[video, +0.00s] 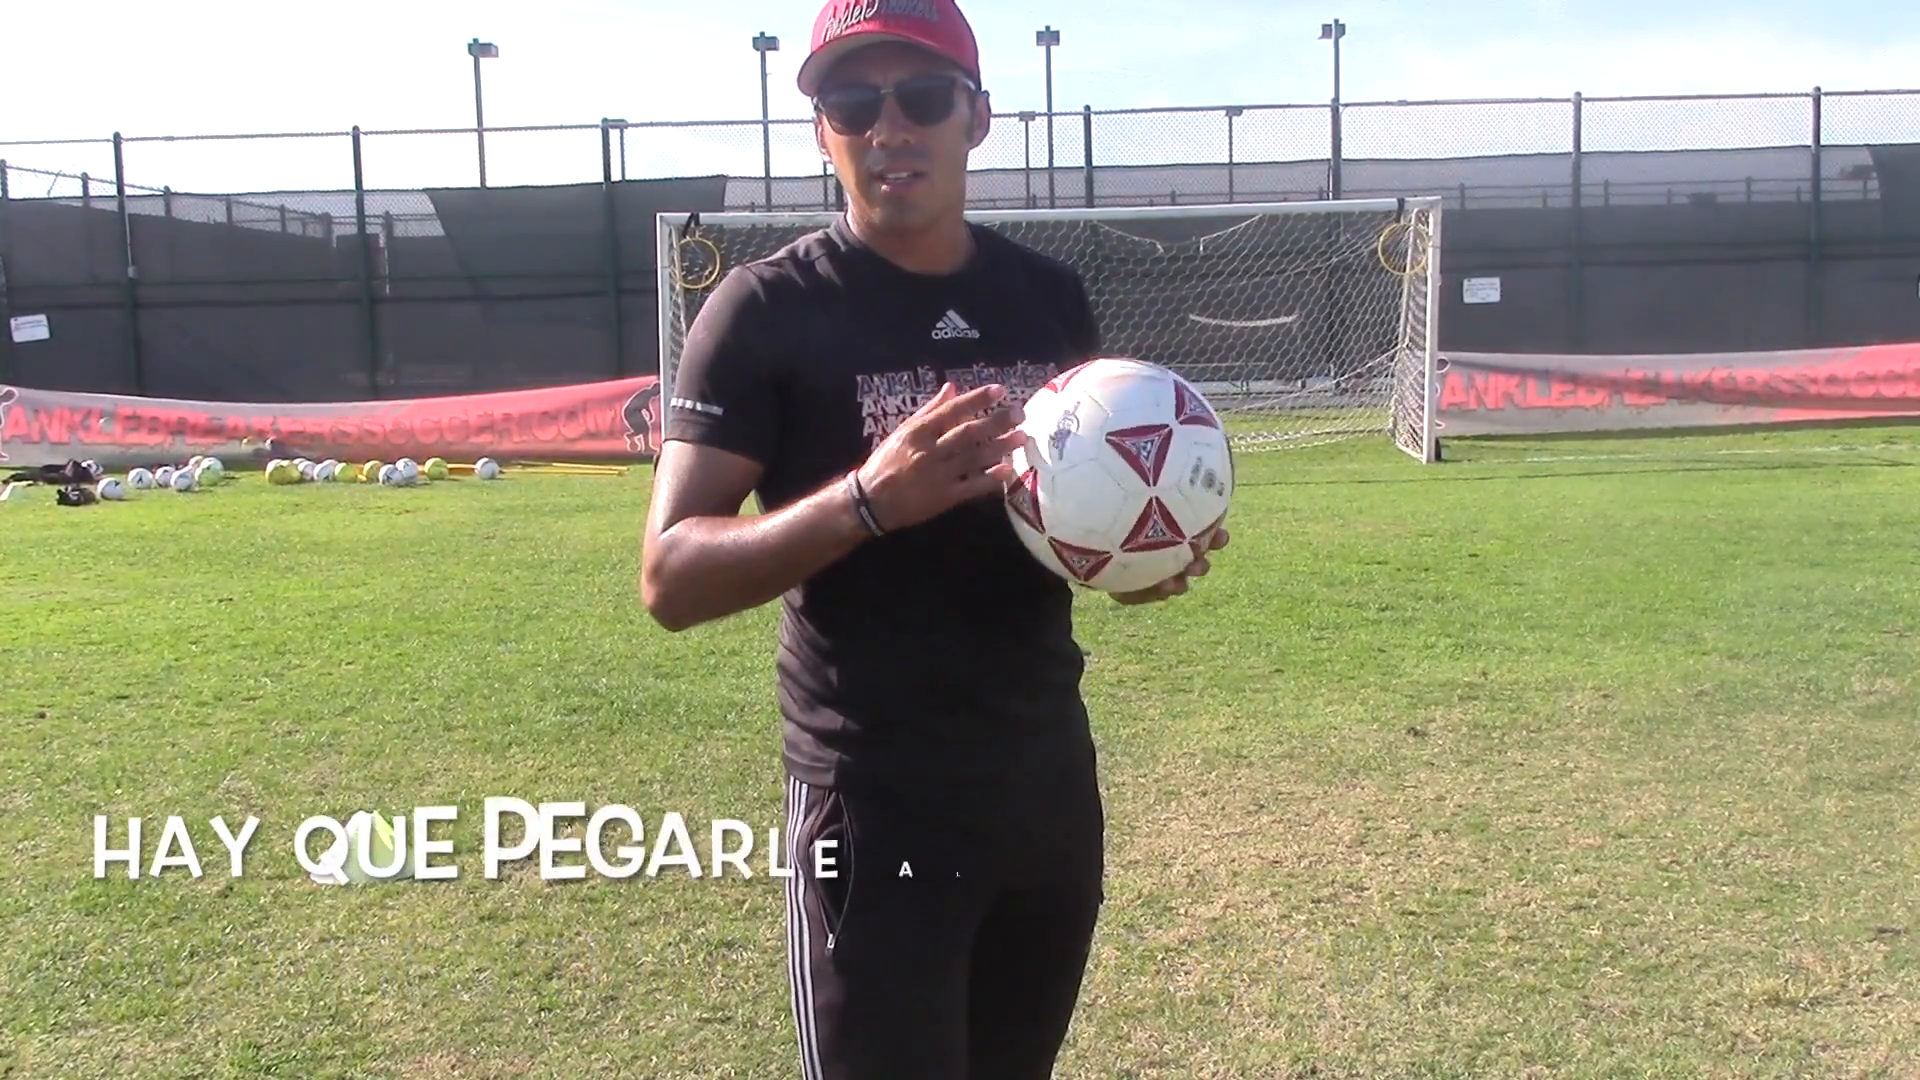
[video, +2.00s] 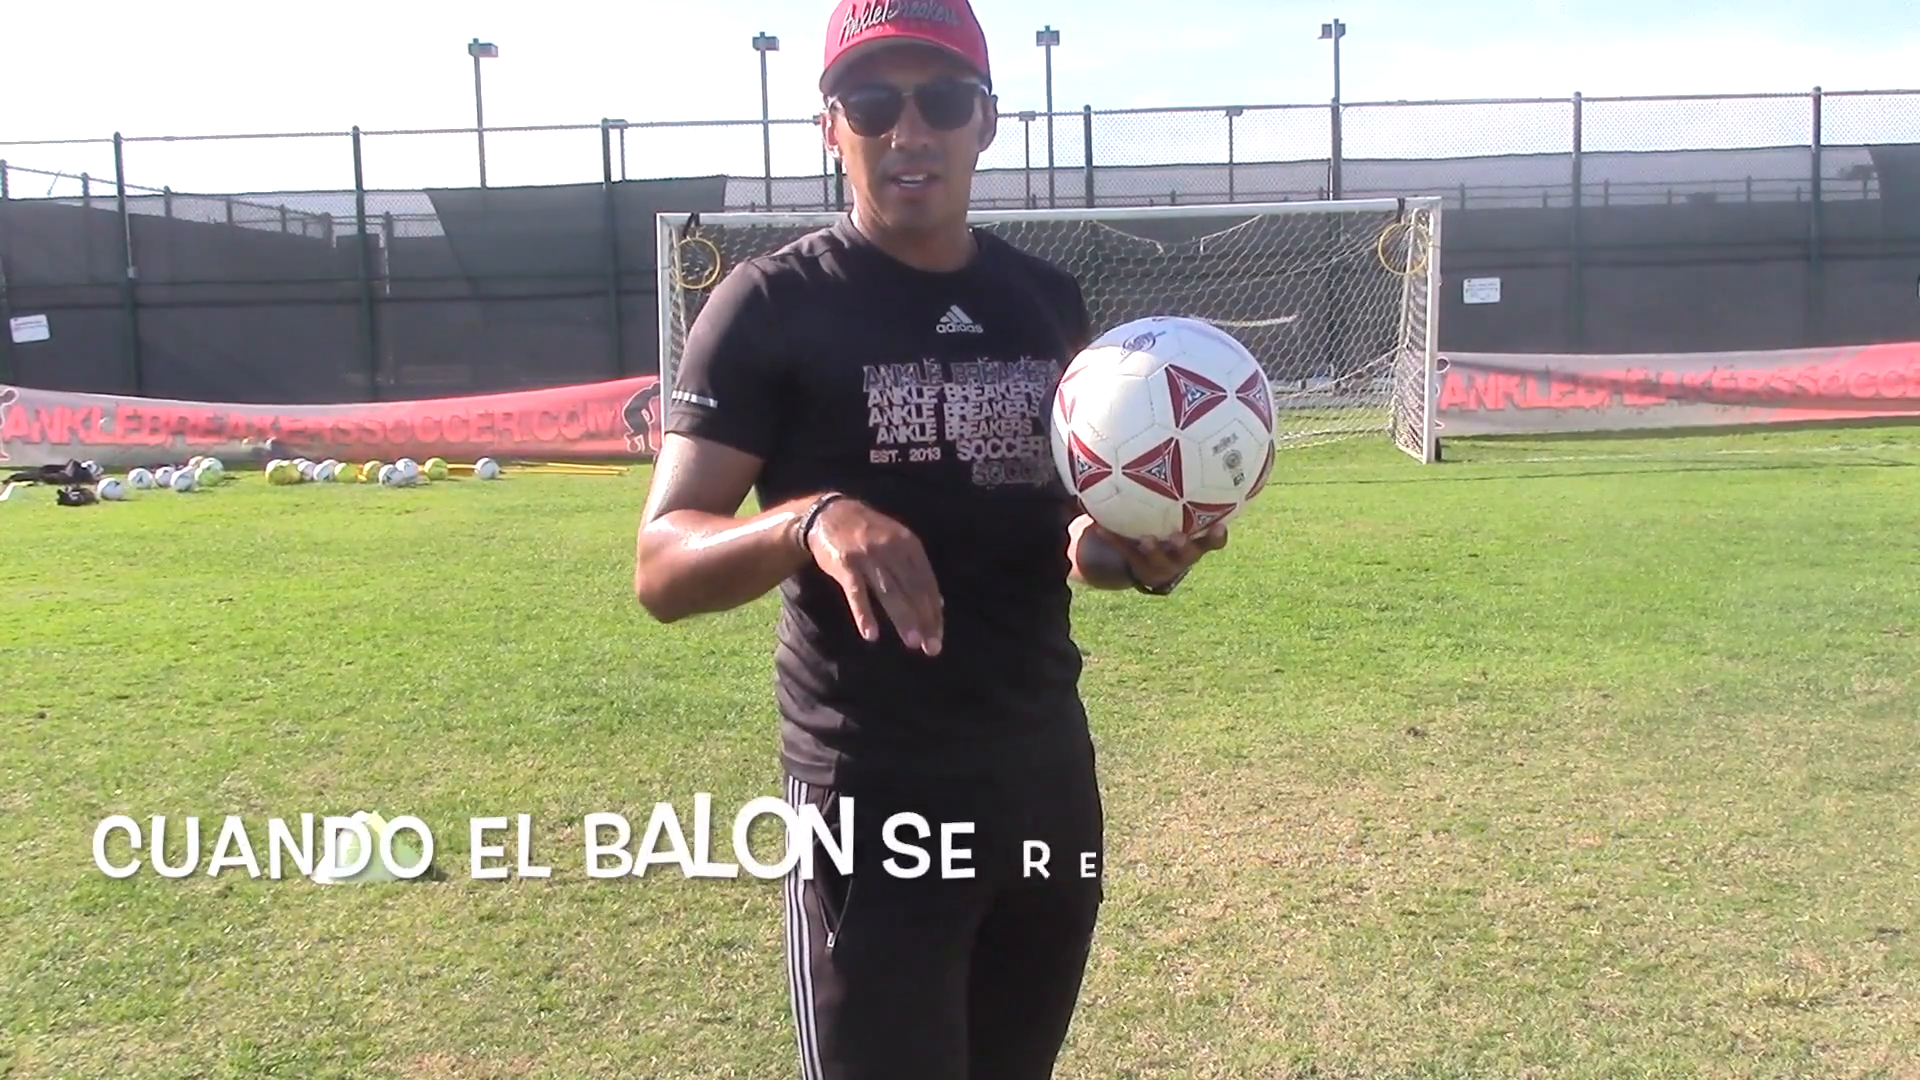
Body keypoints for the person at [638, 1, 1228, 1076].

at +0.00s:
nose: (890, 131)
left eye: (922, 100)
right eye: (857, 105)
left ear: (976, 117)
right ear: (822, 133)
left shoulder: (1047, 297)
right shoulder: (762, 310)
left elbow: (1089, 499)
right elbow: (672, 581)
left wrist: (1162, 537)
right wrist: (870, 499)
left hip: (1045, 779)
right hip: (869, 793)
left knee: (1014, 1064)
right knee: (883, 1062)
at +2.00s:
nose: (911, 134)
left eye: (944, 102)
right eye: (876, 104)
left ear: (986, 124)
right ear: (830, 131)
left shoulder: (1046, 300)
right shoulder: (765, 305)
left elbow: (1080, 539)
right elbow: (661, 571)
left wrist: (1142, 556)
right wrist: (802, 526)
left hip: (1042, 764)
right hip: (868, 775)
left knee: (1017, 1063)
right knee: (881, 1060)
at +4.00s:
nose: (909, 139)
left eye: (941, 104)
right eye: (874, 109)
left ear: (990, 118)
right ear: (836, 135)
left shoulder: (1053, 300)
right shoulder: (774, 309)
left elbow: (1093, 499)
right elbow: (678, 574)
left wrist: (1161, 482)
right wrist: (897, 567)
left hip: (1053, 771)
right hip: (876, 783)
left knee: (1023, 1063)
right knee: (890, 1062)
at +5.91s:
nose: (903, 116)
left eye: (938, 88)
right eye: (870, 93)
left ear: (998, 117)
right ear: (839, 126)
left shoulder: (1067, 292)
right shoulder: (773, 310)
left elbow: (1133, 544)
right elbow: (677, 576)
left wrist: (1145, 507)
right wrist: (870, 546)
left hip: (1052, 777)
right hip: (873, 791)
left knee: (1024, 1063)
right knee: (889, 1060)